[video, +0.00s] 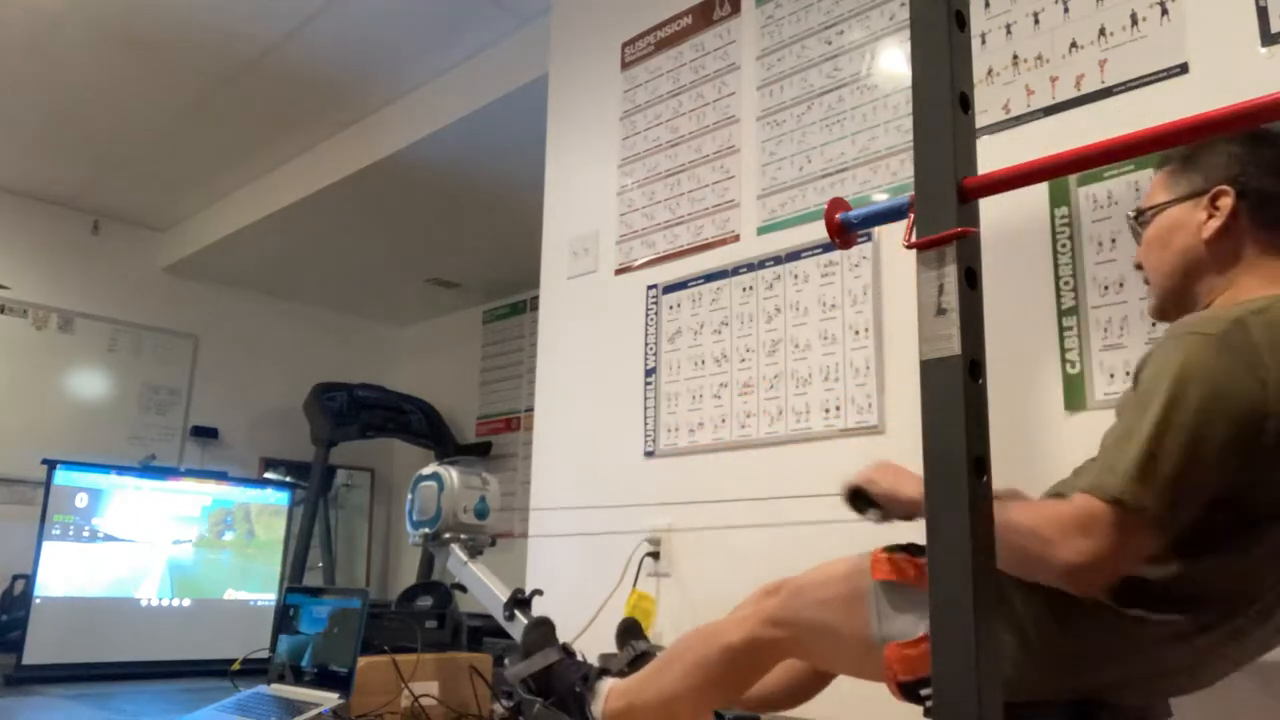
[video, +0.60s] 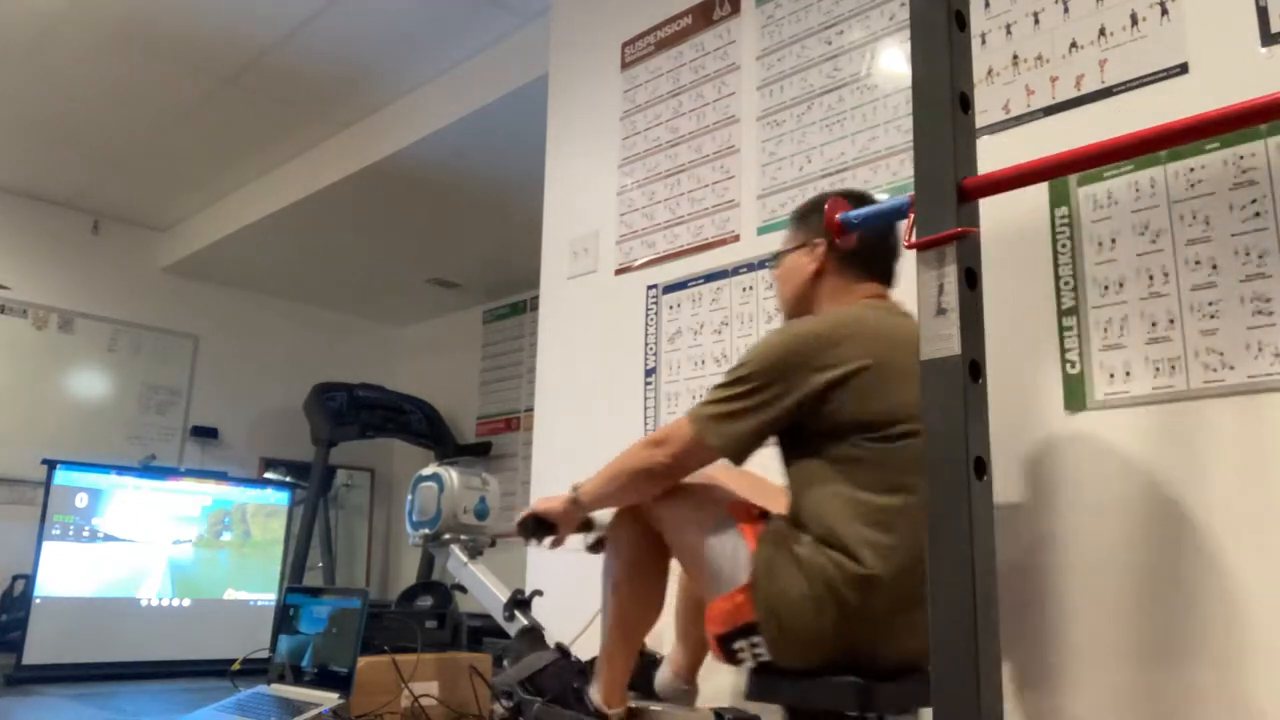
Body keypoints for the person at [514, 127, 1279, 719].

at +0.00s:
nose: (1138, 245)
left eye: (1151, 216)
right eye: (1142, 222)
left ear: (1220, 213)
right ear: (1229, 217)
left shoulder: (1218, 351)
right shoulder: (1262, 341)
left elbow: (1093, 546)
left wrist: (926, 493)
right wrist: (975, 515)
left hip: (1068, 642)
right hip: (1131, 650)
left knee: (784, 609)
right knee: (837, 623)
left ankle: (609, 704)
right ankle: (689, 707)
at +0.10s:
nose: (1104, 247)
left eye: (1115, 218)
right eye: (1106, 223)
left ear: (1182, 211)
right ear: (1206, 216)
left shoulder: (1185, 331)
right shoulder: (1266, 328)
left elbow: (995, 500)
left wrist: (849, 471)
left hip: (1034, 633)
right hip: (1119, 651)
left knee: (763, 593)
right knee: (824, 617)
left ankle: (613, 704)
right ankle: (700, 704)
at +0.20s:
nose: (1050, 235)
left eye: (1062, 209)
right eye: (1054, 214)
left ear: (1121, 206)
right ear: (1143, 210)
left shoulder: (1130, 319)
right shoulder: (1212, 316)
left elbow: (920, 454)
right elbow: (1056, 497)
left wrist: (783, 456)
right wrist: (910, 490)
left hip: (1045, 615)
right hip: (1109, 619)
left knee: (741, 568)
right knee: (809, 597)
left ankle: (610, 705)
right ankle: (688, 701)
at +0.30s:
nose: (982, 239)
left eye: (993, 213)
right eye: (985, 216)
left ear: (1044, 208)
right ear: (1071, 215)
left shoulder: (1053, 312)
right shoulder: (1133, 316)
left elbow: (847, 432)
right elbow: (1017, 515)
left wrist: (724, 453)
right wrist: (862, 496)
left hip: (1009, 628)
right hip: (1068, 627)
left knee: (720, 547)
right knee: (807, 557)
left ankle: (616, 701)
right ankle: (692, 691)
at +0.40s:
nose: (918, 253)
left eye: (926, 234)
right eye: (919, 236)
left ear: (961, 232)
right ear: (1032, 234)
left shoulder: (970, 312)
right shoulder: (1064, 326)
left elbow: (786, 431)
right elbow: (920, 490)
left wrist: (669, 462)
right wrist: (793, 504)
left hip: (935, 625)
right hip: (1024, 631)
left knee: (696, 528)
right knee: (764, 549)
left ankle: (609, 703)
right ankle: (680, 698)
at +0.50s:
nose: (838, 256)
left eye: (848, 236)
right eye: (841, 238)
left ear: (892, 236)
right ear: (912, 237)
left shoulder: (884, 327)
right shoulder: (983, 332)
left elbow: (722, 442)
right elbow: (874, 495)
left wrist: (617, 486)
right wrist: (766, 503)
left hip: (880, 611)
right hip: (959, 616)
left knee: (670, 508)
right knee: (745, 532)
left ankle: (608, 702)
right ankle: (679, 687)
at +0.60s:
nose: (774, 276)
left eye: (781, 257)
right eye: (775, 260)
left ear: (818, 255)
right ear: (878, 263)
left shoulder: (814, 342)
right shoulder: (920, 337)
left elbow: (666, 455)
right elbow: (830, 513)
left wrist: (576, 502)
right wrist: (720, 473)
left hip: (832, 622)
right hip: (921, 624)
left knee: (645, 500)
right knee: (714, 497)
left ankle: (606, 697)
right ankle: (677, 679)